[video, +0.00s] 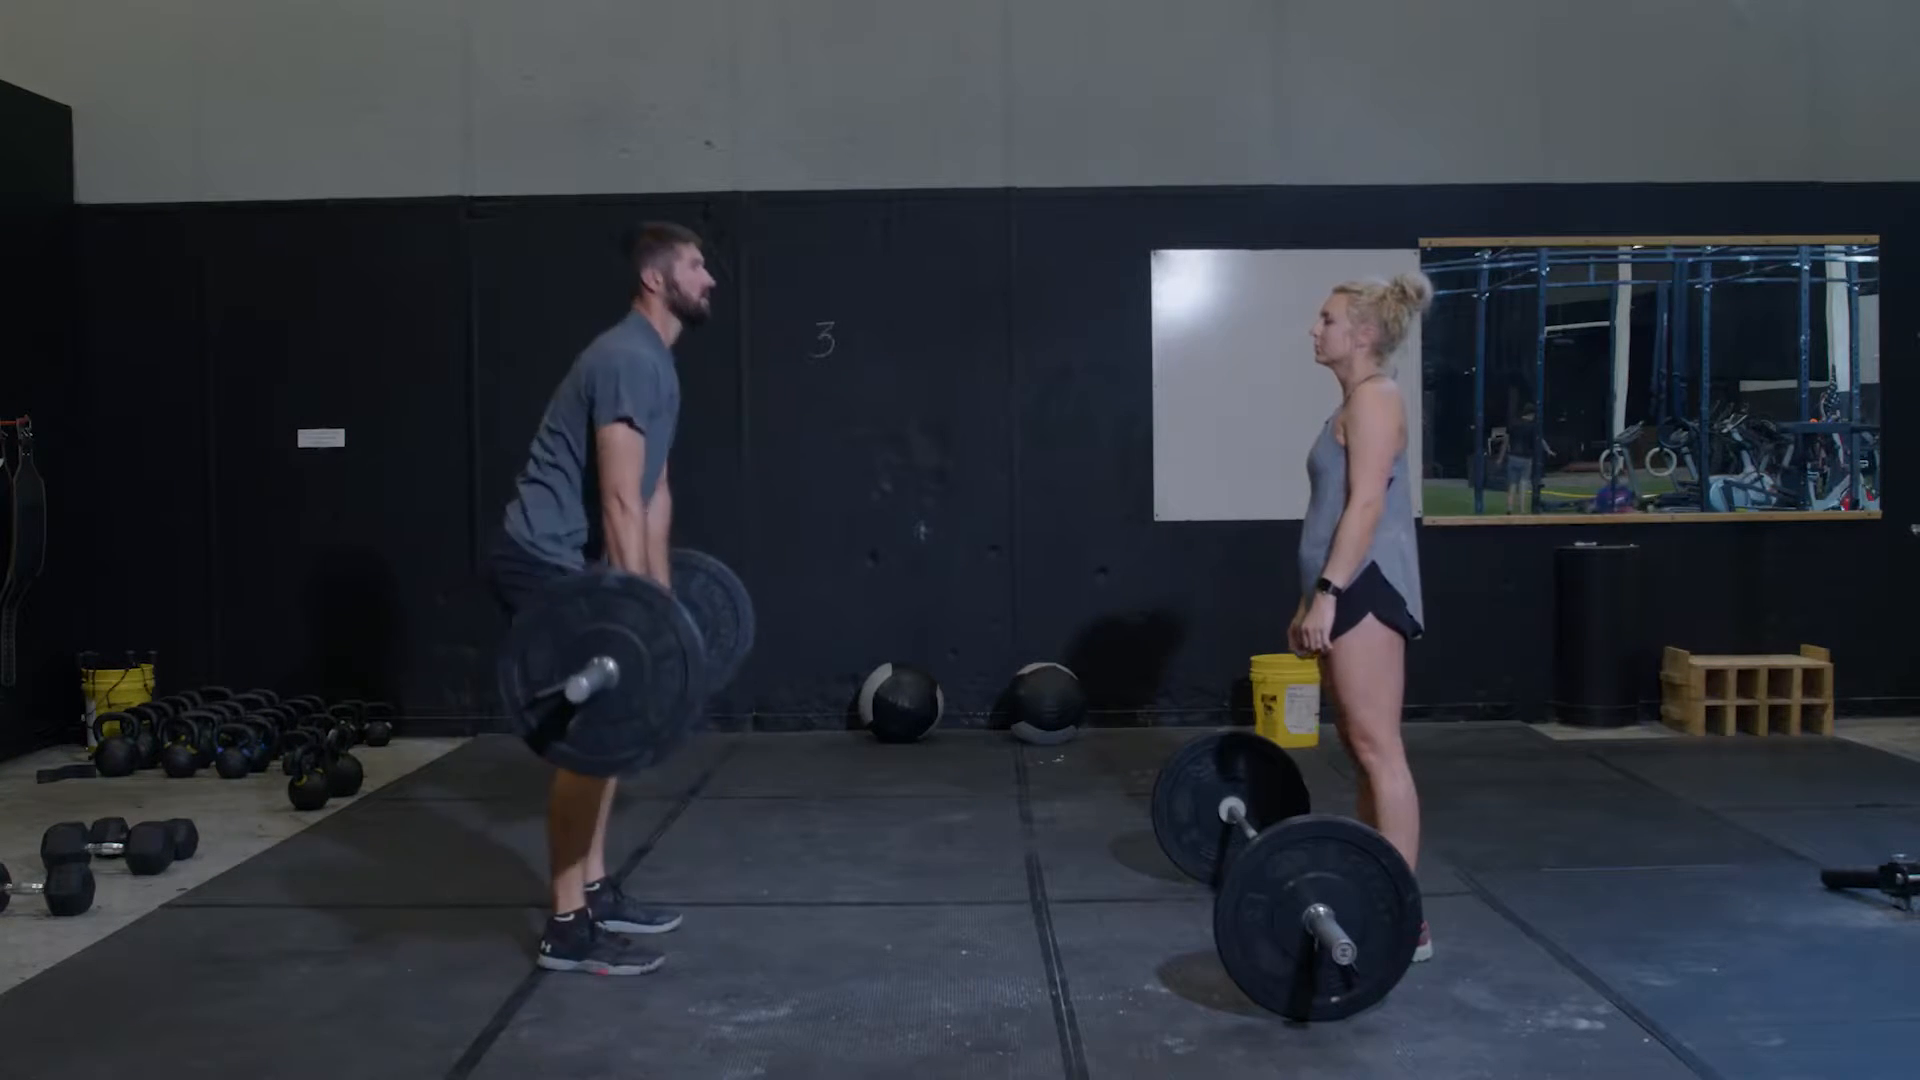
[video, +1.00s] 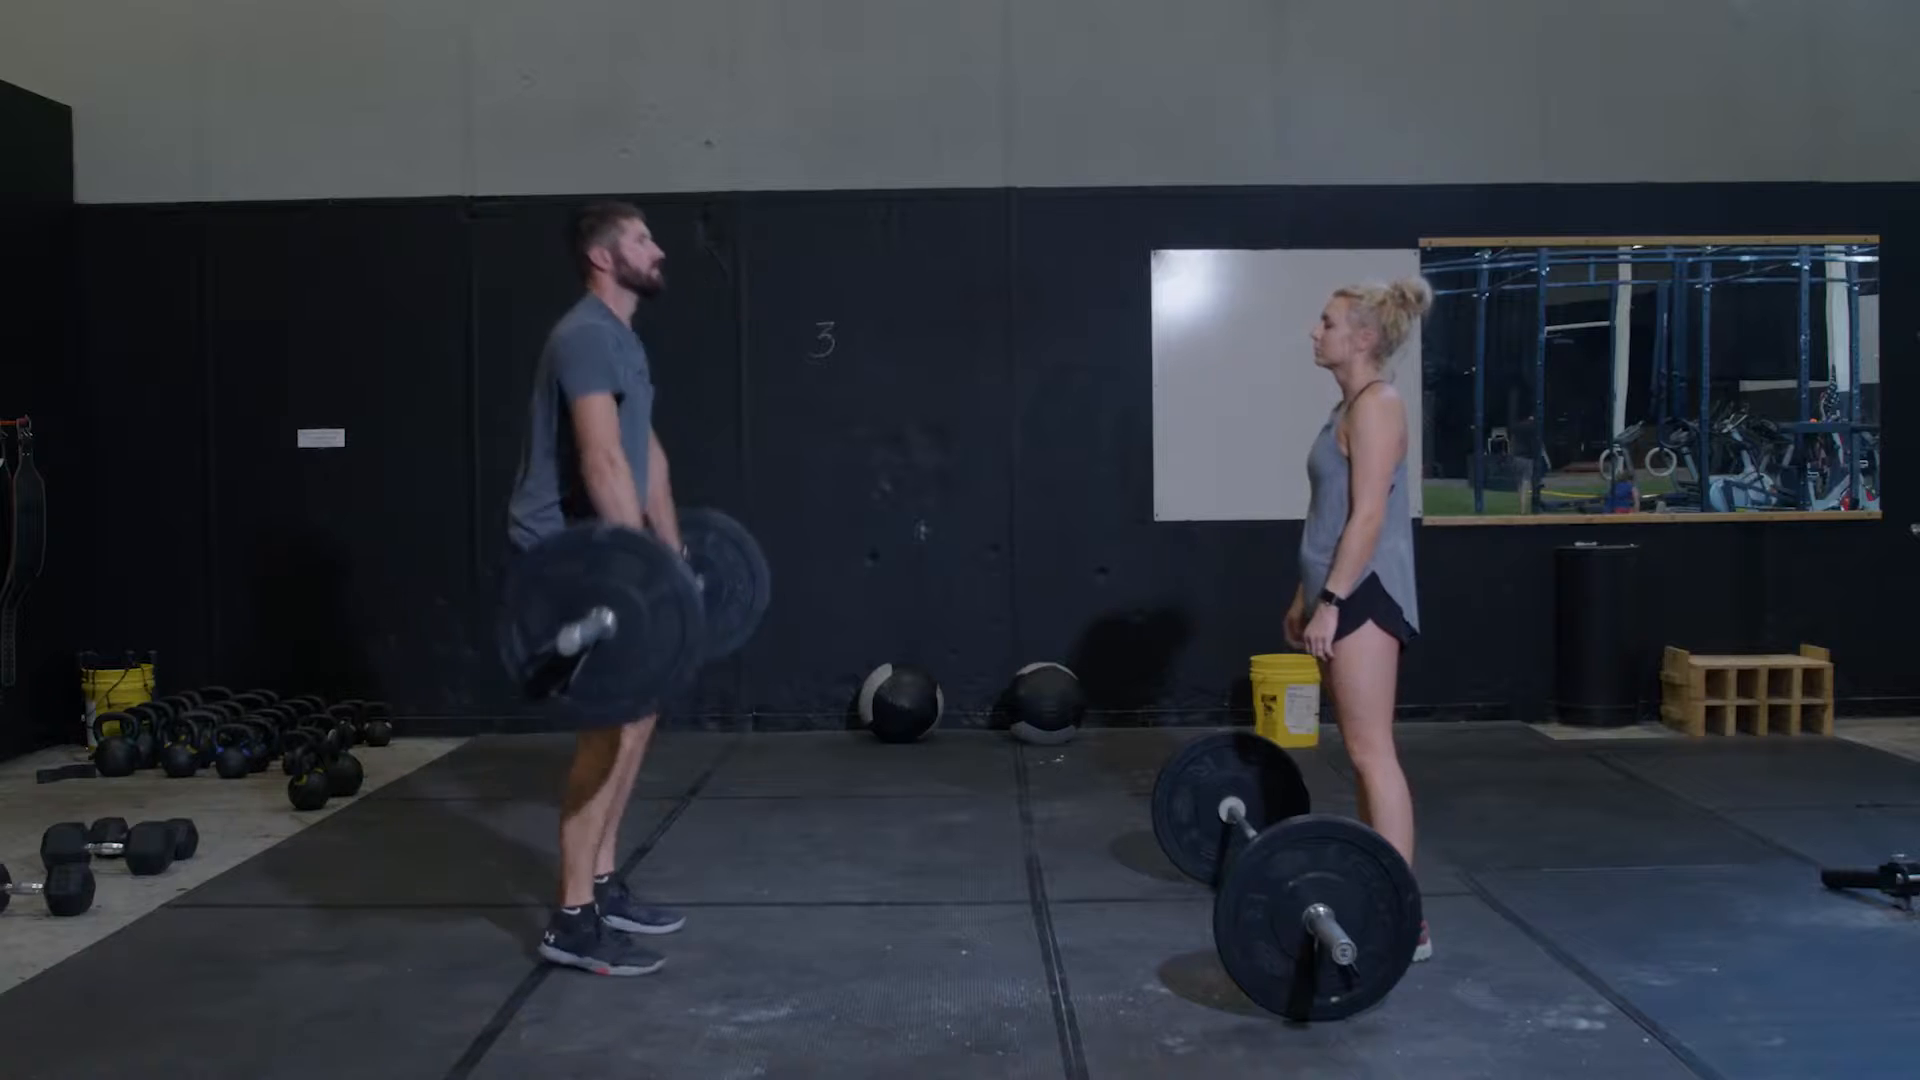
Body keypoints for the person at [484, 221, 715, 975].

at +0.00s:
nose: (710, 281)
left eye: (707, 268)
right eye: (697, 268)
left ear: (661, 281)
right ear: (655, 279)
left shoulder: (657, 363)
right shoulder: (626, 359)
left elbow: (655, 492)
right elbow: (618, 498)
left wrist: (662, 607)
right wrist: (637, 616)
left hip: (574, 556)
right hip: (540, 557)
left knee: (613, 709)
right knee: (588, 717)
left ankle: (590, 891)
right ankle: (566, 923)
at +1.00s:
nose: (658, 253)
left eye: (653, 240)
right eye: (643, 242)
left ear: (612, 258)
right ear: (602, 259)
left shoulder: (626, 342)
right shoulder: (587, 337)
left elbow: (650, 461)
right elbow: (600, 464)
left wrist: (676, 565)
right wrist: (640, 571)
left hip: (600, 546)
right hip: (560, 551)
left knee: (640, 713)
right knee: (613, 721)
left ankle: (600, 885)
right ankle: (571, 916)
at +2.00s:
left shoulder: (642, 389)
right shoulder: (608, 384)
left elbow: (717, 455)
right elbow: (668, 472)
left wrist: (682, 357)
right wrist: (649, 369)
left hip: (613, 583)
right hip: (579, 584)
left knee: (675, 735)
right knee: (662, 753)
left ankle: (599, 892)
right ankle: (574, 924)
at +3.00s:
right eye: (596, 230)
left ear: (569, 255)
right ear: (581, 252)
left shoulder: (615, 322)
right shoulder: (568, 320)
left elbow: (708, 321)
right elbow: (646, 315)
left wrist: (680, 236)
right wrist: (632, 234)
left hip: (631, 543)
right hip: (596, 545)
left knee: (608, 722)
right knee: (579, 729)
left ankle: (593, 892)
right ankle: (564, 921)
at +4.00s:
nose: (670, 418)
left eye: (663, 407)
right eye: (654, 409)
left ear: (633, 430)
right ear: (619, 428)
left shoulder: (638, 503)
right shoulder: (604, 503)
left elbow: (730, 593)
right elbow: (685, 616)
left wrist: (693, 499)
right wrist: (665, 515)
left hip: (548, 678)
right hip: (507, 692)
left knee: (669, 732)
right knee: (657, 768)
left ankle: (602, 895)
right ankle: (571, 925)